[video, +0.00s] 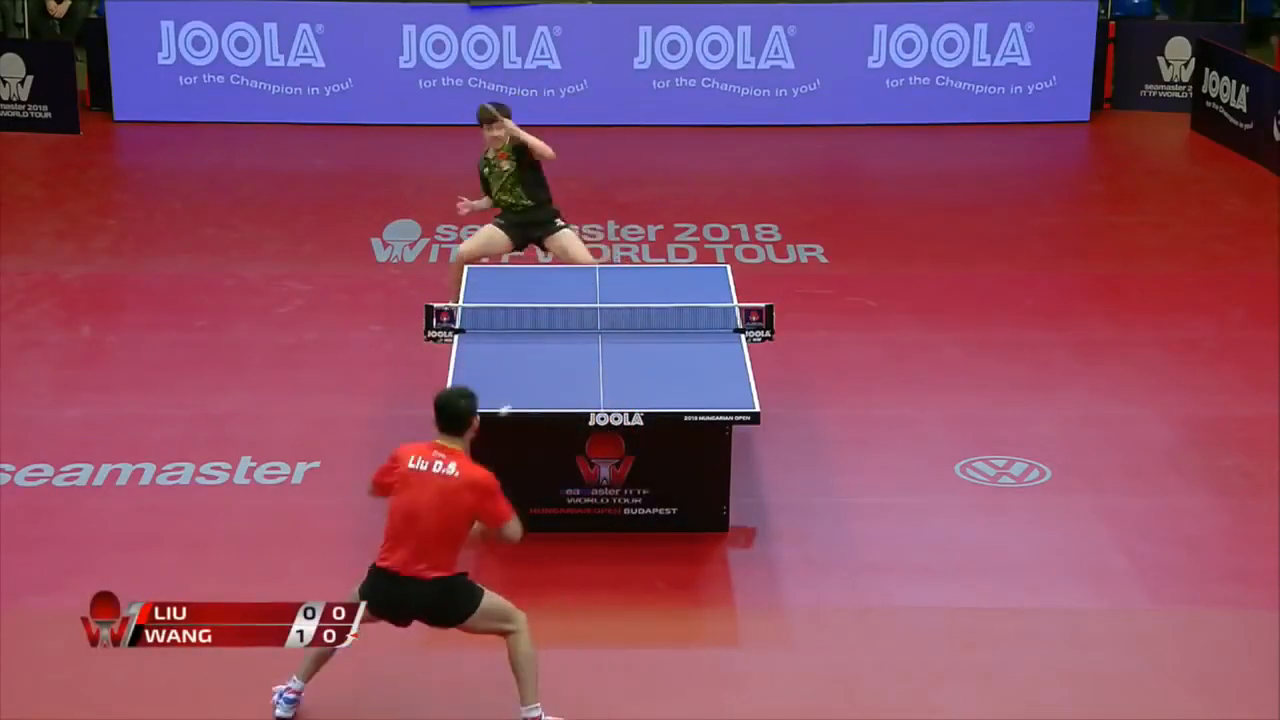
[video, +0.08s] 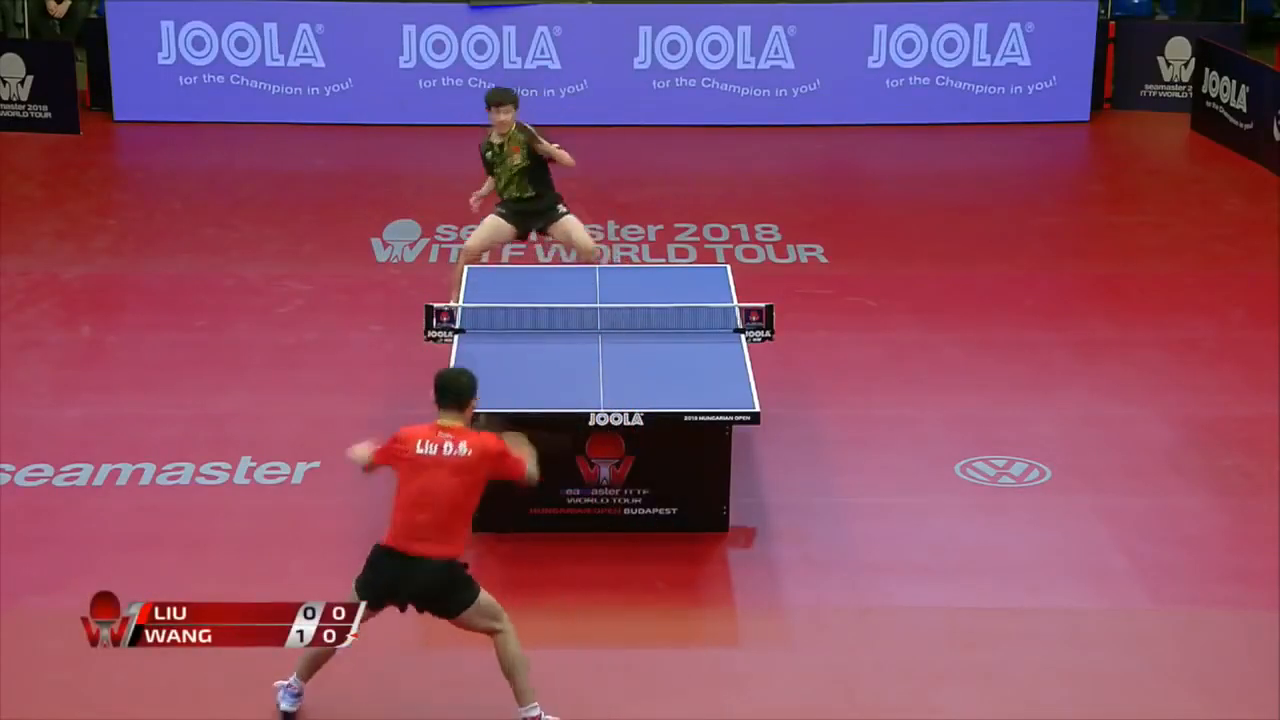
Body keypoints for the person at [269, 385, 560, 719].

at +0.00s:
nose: (476, 423)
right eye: (476, 417)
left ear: (435, 421)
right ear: (472, 424)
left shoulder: (405, 456)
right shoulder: (478, 478)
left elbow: (376, 489)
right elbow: (513, 532)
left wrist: (420, 485)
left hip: (385, 586)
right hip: (438, 592)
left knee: (343, 619)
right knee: (515, 622)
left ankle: (291, 690)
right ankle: (533, 713)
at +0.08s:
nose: (473, 402)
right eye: (473, 398)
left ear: (435, 399)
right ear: (471, 404)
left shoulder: (408, 438)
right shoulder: (487, 446)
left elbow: (369, 462)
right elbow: (529, 474)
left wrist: (361, 452)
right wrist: (523, 446)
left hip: (389, 563)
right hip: (439, 572)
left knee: (342, 622)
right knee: (499, 626)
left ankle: (292, 691)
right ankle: (530, 711)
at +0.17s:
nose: (471, 380)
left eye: (467, 374)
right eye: (471, 375)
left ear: (430, 375)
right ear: (465, 378)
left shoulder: (401, 420)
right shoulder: (480, 419)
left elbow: (364, 477)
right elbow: (529, 446)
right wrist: (557, 458)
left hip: (391, 538)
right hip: (440, 545)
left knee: (346, 626)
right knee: (488, 634)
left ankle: (307, 707)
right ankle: (533, 714)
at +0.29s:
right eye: (456, 372)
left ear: (415, 376)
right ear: (452, 375)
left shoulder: (395, 426)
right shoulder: (476, 419)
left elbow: (362, 488)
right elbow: (517, 461)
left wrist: (327, 531)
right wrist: (548, 488)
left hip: (396, 546)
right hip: (447, 551)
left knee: (353, 636)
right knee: (491, 646)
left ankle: (313, 711)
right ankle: (517, 716)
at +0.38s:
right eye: (442, 376)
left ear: (404, 382)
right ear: (443, 381)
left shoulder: (388, 438)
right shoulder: (470, 433)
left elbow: (348, 494)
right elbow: (509, 481)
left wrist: (303, 530)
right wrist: (543, 515)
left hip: (395, 557)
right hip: (447, 561)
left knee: (356, 646)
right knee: (494, 650)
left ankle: (326, 715)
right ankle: (516, 715)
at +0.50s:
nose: (430, 387)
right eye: (429, 381)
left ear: (386, 381)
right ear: (424, 386)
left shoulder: (354, 434)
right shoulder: (441, 441)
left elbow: (327, 493)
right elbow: (463, 512)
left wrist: (295, 525)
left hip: (371, 560)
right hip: (424, 565)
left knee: (343, 652)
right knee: (476, 653)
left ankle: (323, 717)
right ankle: (506, 715)